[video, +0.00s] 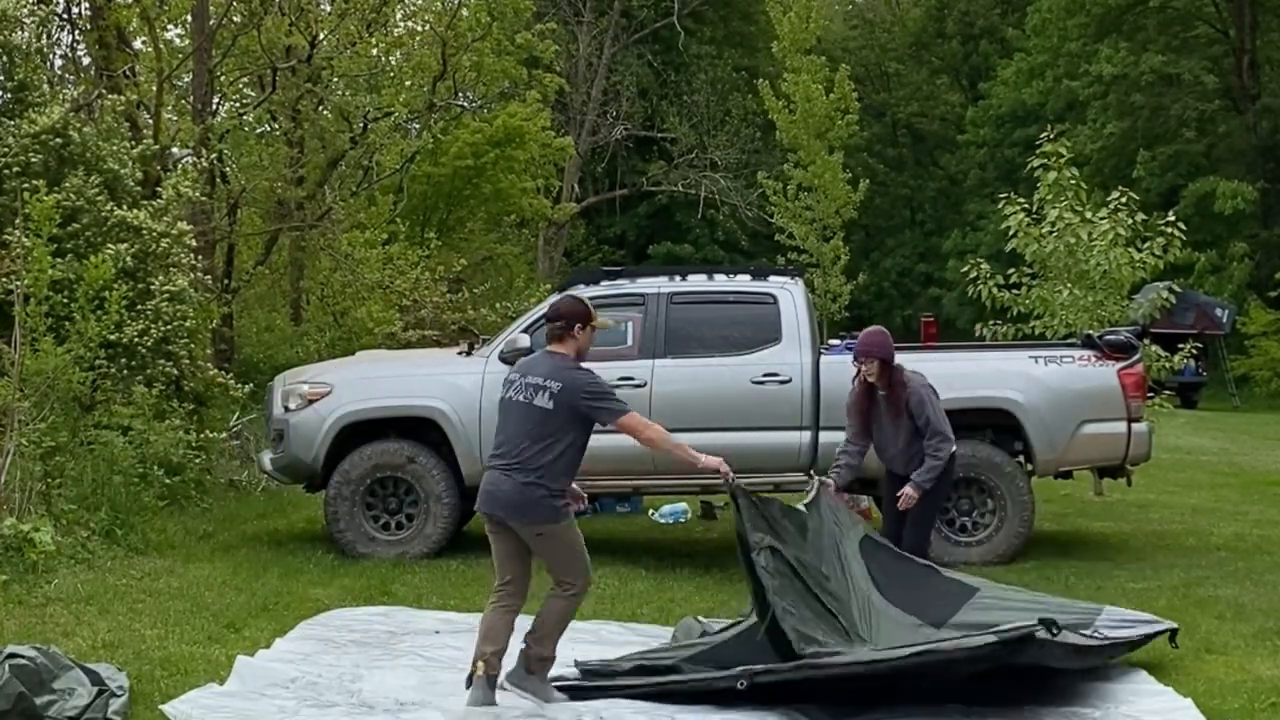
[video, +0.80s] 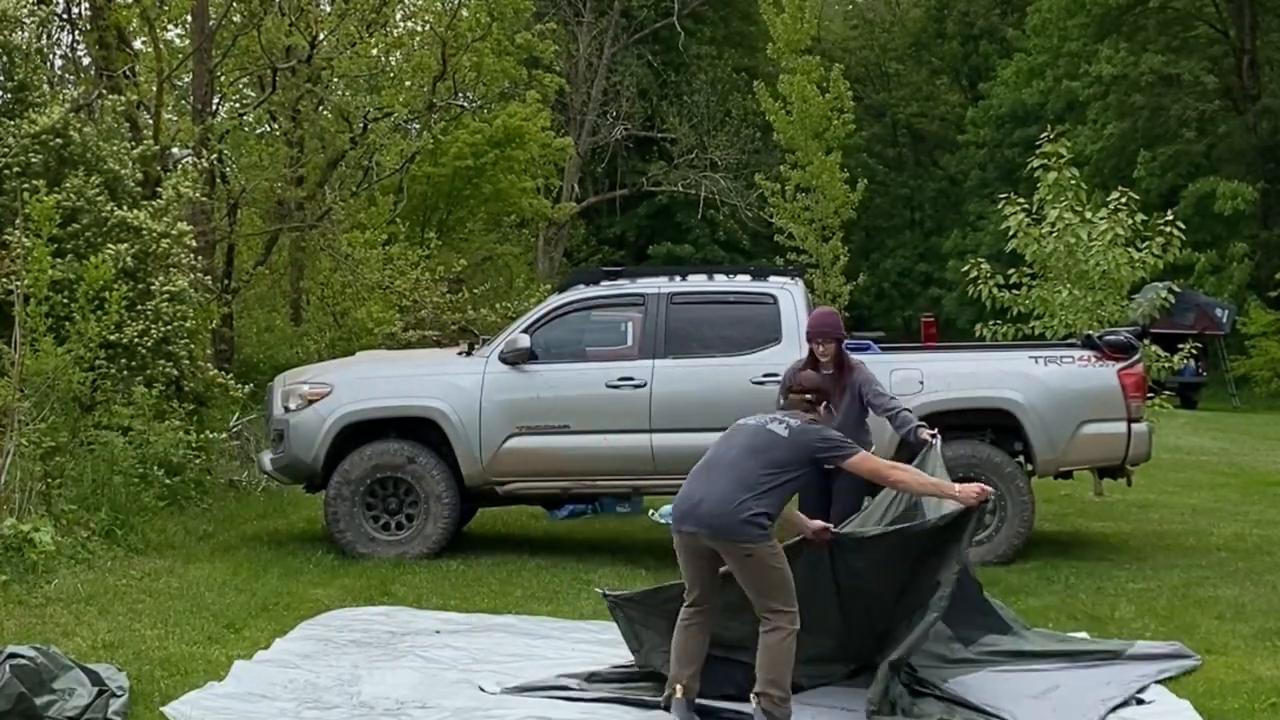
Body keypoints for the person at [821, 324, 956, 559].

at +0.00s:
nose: (865, 369)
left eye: (870, 362)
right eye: (861, 363)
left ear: (885, 360)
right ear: (857, 364)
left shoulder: (915, 389)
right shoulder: (861, 393)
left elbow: (942, 442)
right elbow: (855, 442)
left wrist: (917, 485)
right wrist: (836, 479)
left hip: (931, 466)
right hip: (896, 468)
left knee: (913, 543)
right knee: (890, 538)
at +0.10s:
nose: (867, 360)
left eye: (872, 353)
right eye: (863, 354)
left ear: (887, 351)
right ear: (859, 356)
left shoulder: (917, 382)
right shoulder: (861, 387)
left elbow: (937, 438)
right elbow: (859, 431)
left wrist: (905, 463)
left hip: (926, 467)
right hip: (886, 468)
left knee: (917, 541)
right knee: (889, 540)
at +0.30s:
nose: (839, 355)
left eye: (844, 348)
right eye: (835, 349)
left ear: (858, 343)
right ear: (831, 348)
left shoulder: (888, 374)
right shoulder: (833, 381)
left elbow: (919, 415)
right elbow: (829, 432)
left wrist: (918, 426)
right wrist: (836, 466)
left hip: (890, 478)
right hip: (849, 480)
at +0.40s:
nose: (819, 353)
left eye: (824, 346)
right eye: (814, 348)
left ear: (837, 343)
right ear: (809, 348)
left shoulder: (862, 373)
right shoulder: (805, 381)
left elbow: (894, 406)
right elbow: (800, 430)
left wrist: (922, 425)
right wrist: (793, 472)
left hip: (867, 465)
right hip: (828, 467)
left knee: (867, 534)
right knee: (821, 537)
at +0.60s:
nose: (817, 345)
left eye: (822, 338)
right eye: (811, 339)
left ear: (835, 336)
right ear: (806, 339)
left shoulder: (855, 369)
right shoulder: (796, 370)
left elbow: (886, 405)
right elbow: (785, 422)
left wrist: (915, 429)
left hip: (849, 458)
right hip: (807, 458)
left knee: (838, 530)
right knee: (808, 531)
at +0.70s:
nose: (822, 342)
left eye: (828, 336)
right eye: (816, 337)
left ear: (841, 334)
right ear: (810, 337)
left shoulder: (858, 368)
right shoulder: (799, 366)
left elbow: (889, 404)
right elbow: (786, 411)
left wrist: (918, 428)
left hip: (848, 457)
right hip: (809, 457)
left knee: (840, 527)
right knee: (808, 528)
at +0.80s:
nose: (822, 349)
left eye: (828, 342)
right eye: (816, 343)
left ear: (839, 342)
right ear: (809, 343)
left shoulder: (856, 372)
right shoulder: (795, 374)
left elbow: (886, 404)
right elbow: (782, 418)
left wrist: (917, 429)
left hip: (851, 457)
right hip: (812, 460)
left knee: (843, 525)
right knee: (812, 526)